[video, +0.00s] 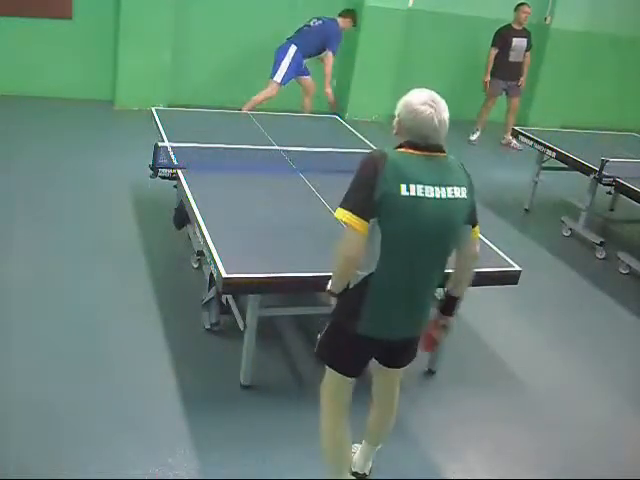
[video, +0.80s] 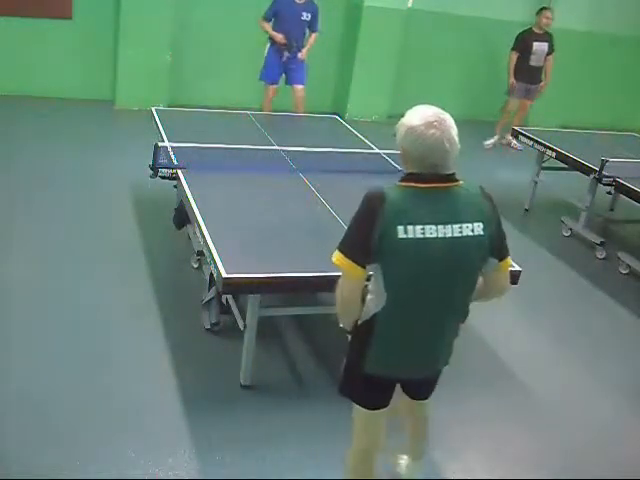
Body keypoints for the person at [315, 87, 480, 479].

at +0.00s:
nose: (392, 122)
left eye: (394, 118)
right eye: (395, 117)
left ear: (399, 126)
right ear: (443, 130)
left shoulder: (380, 165)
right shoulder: (459, 175)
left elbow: (352, 248)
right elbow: (469, 253)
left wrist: (336, 291)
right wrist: (447, 309)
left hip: (366, 307)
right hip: (414, 310)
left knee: (335, 394)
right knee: (387, 385)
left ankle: (340, 473)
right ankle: (362, 464)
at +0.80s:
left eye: (400, 146)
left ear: (403, 155)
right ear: (454, 152)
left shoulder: (381, 204)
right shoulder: (480, 203)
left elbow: (350, 284)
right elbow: (498, 284)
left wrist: (350, 325)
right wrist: (454, 292)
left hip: (382, 343)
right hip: (438, 341)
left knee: (366, 439)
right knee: (417, 409)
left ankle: (361, 471)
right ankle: (414, 465)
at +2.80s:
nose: (430, 144)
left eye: (432, 139)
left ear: (437, 145)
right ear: (483, 149)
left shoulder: (418, 190)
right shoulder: (503, 197)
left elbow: (389, 271)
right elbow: (517, 278)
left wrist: (379, 313)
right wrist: (476, 279)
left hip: (408, 334)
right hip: (460, 336)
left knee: (359, 428)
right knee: (447, 417)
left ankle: (344, 474)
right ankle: (445, 474)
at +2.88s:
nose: (430, 143)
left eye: (432, 138)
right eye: (431, 138)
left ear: (437, 144)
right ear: (482, 150)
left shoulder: (417, 189)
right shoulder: (502, 197)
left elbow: (388, 271)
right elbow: (515, 275)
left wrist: (377, 313)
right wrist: (475, 279)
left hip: (407, 335)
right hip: (458, 338)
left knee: (358, 426)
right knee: (444, 417)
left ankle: (343, 474)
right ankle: (445, 474)